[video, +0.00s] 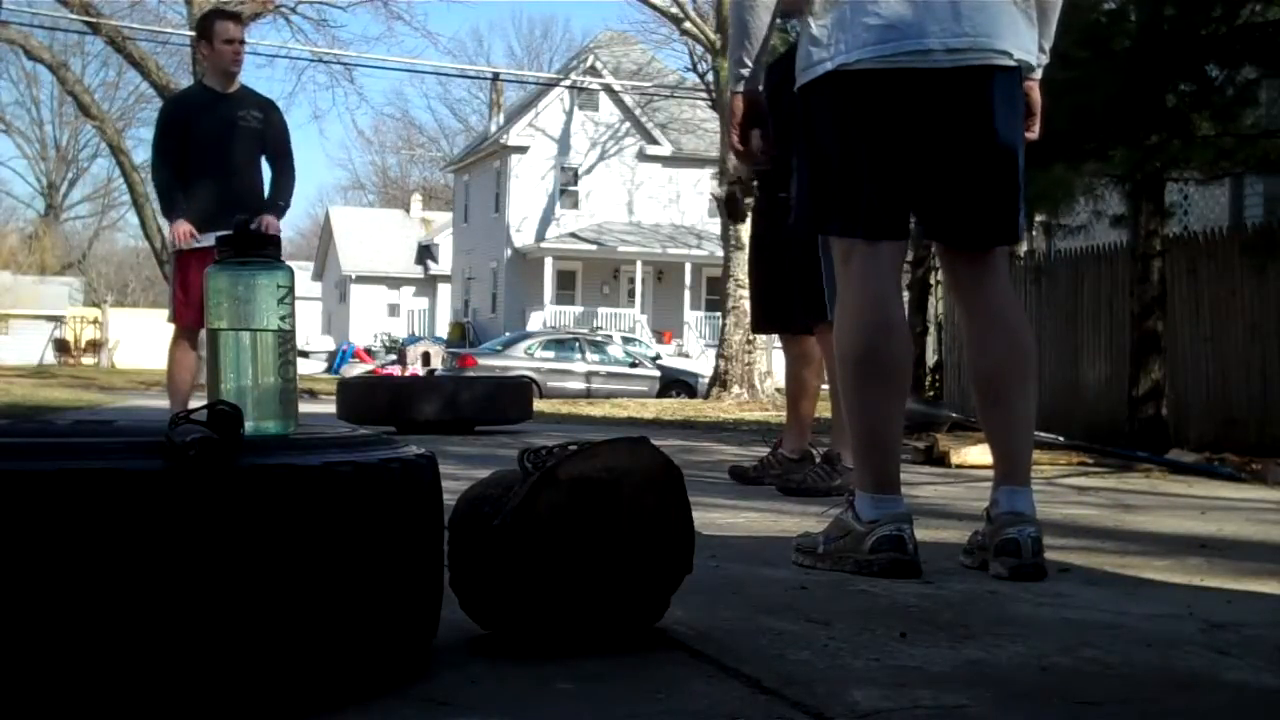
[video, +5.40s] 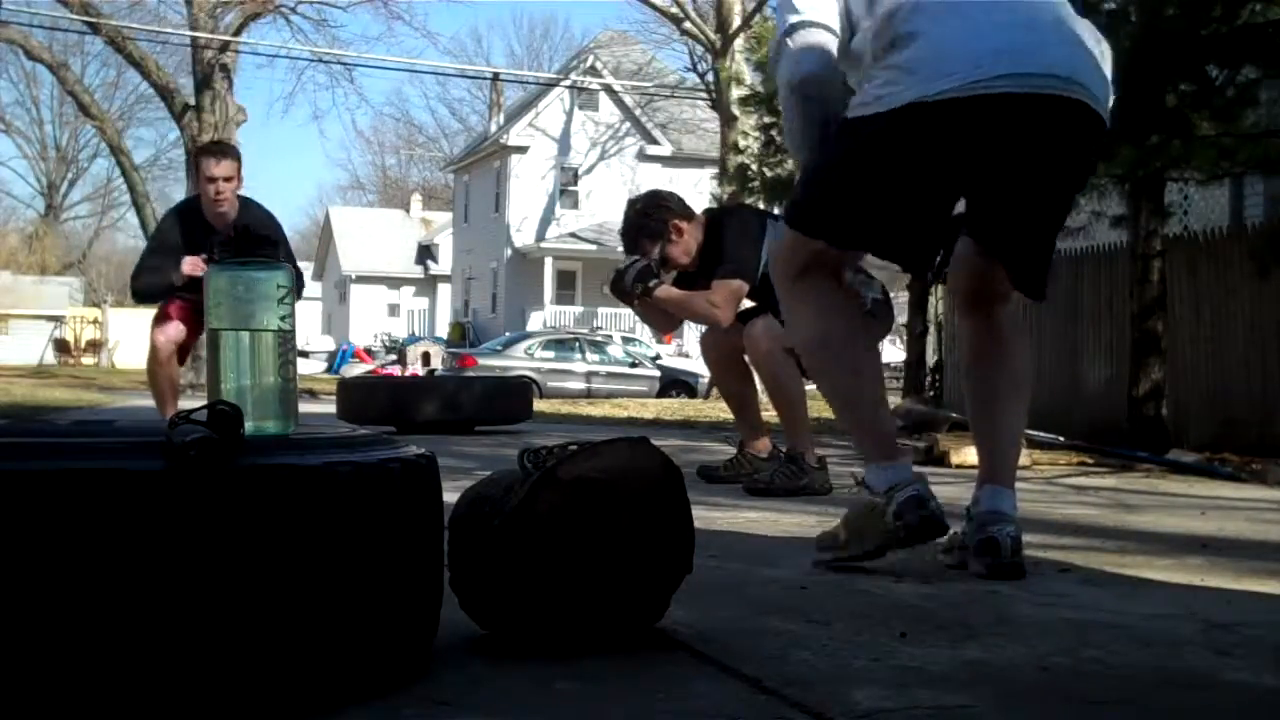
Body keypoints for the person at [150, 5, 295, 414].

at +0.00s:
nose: (239, 50)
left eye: (241, 43)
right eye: (229, 43)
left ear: (245, 47)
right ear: (203, 48)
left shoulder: (263, 109)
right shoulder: (177, 108)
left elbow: (284, 166)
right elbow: (162, 168)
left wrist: (273, 211)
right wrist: (176, 217)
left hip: (250, 238)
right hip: (195, 238)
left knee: (250, 334)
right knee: (188, 331)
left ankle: (248, 424)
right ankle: (178, 421)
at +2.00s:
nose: (240, 51)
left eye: (242, 44)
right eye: (230, 44)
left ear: (246, 47)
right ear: (205, 49)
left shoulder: (267, 109)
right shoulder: (179, 108)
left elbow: (284, 172)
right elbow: (164, 170)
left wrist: (275, 224)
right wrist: (177, 223)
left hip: (251, 241)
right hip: (197, 240)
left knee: (252, 335)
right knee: (188, 331)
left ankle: (250, 425)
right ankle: (179, 421)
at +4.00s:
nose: (256, 55)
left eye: (266, 47)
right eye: (249, 45)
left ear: (276, 50)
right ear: (235, 43)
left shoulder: (294, 107)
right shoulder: (206, 98)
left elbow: (309, 172)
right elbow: (184, 158)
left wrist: (309, 231)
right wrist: (178, 213)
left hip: (265, 233)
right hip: (209, 229)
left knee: (259, 328)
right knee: (188, 321)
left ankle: (255, 419)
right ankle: (175, 410)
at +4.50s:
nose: (195, 42)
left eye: (204, 35)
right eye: (188, 34)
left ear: (215, 40)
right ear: (175, 38)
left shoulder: (240, 99)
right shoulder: (151, 100)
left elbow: (257, 164)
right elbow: (131, 166)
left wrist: (251, 225)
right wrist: (127, 226)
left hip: (229, 231)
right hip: (173, 233)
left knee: (232, 329)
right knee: (170, 328)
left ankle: (232, 421)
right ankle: (170, 421)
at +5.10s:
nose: (201, 98)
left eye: (208, 90)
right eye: (192, 90)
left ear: (220, 93)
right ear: (179, 94)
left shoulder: (244, 144)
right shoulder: (160, 146)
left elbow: (284, 206)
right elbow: (124, 206)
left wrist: (254, 199)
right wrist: (145, 212)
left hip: (232, 260)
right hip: (178, 260)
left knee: (240, 337)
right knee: (160, 332)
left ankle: (238, 422)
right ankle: (170, 422)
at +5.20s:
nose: (208, 135)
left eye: (216, 127)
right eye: (199, 127)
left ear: (227, 129)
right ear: (186, 130)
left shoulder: (251, 176)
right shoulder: (167, 177)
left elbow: (291, 239)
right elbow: (128, 239)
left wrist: (257, 222)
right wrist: (156, 232)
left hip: (240, 277)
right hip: (183, 277)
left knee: (254, 336)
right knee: (162, 333)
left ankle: (246, 422)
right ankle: (170, 424)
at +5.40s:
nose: (219, 189)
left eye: (227, 180)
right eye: (211, 181)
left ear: (239, 181)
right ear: (198, 181)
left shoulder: (260, 220)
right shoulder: (178, 221)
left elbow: (294, 283)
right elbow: (140, 288)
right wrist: (177, 273)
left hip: (248, 295)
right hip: (194, 297)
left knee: (267, 337)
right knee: (163, 338)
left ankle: (258, 422)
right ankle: (172, 425)